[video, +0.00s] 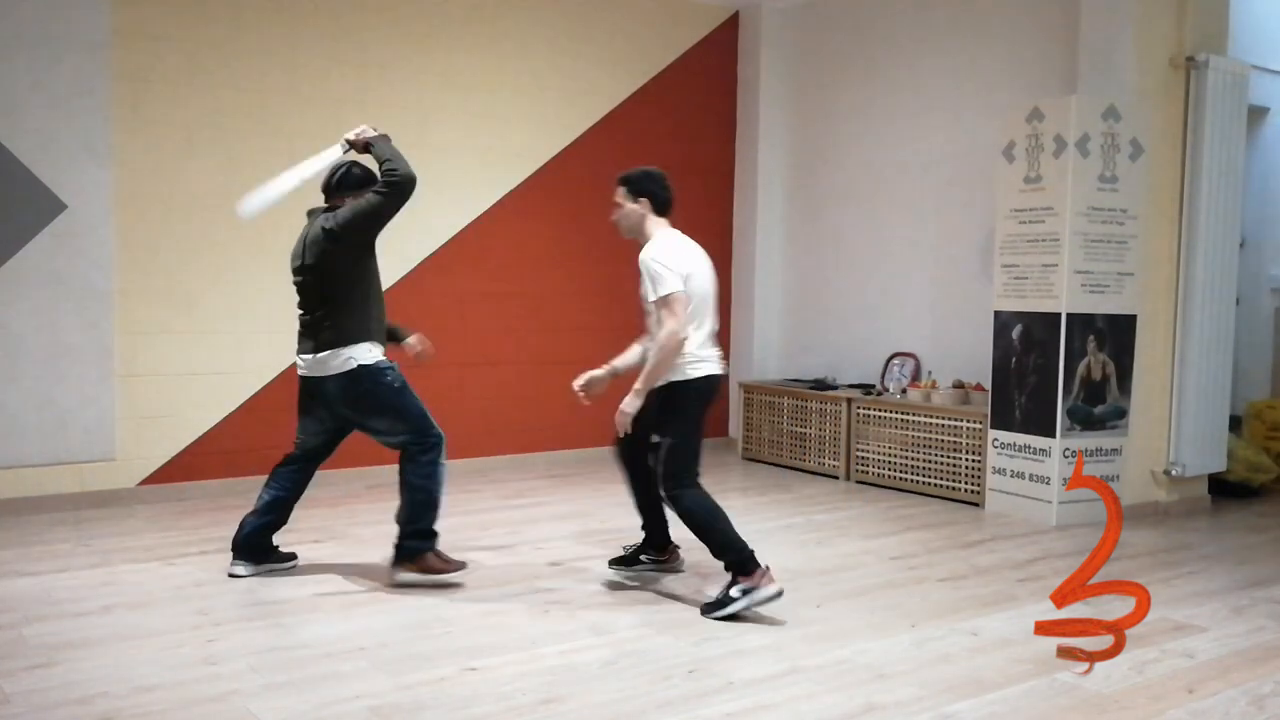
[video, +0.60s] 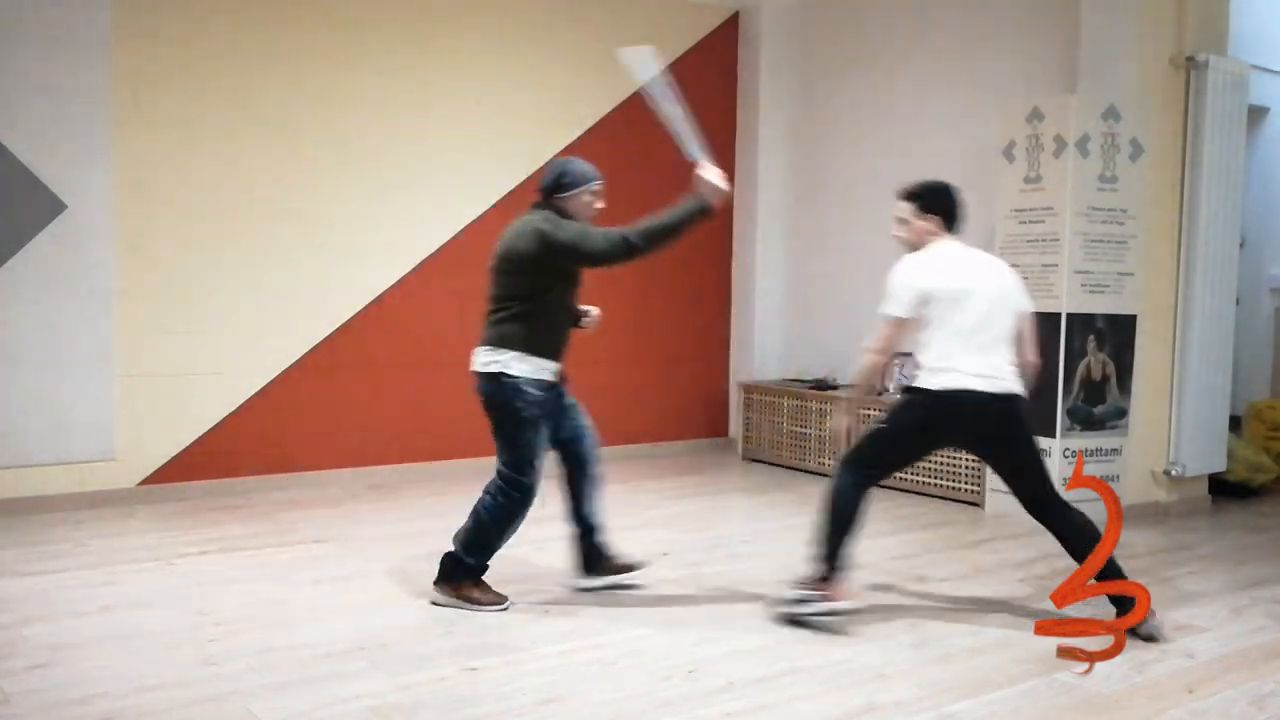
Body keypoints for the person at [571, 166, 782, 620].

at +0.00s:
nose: (613, 215)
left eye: (618, 205)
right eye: (614, 206)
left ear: (643, 206)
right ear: (650, 207)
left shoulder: (657, 254)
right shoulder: (683, 248)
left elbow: (674, 333)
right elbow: (655, 335)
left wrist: (637, 394)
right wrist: (608, 371)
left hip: (687, 380)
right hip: (685, 376)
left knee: (677, 482)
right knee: (632, 443)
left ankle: (751, 574)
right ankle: (658, 545)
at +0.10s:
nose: (641, 217)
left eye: (646, 208)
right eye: (642, 208)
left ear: (670, 209)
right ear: (681, 211)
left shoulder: (666, 251)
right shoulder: (727, 250)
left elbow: (653, 332)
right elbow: (709, 337)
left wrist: (629, 394)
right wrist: (646, 372)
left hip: (723, 373)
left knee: (702, 484)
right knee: (694, 444)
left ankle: (758, 589)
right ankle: (673, 540)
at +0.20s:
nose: (677, 220)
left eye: (682, 211)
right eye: (677, 211)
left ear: (708, 210)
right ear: (723, 211)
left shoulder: (697, 254)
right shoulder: (768, 252)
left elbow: (651, 335)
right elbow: (759, 336)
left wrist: (625, 394)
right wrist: (696, 375)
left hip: (755, 378)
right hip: (801, 375)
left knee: (715, 483)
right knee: (752, 457)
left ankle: (758, 593)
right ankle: (797, 554)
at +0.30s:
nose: (719, 216)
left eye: (725, 207)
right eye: (720, 207)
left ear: (752, 206)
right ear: (766, 207)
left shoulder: (736, 251)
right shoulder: (813, 253)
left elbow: (691, 332)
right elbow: (804, 338)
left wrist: (655, 390)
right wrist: (745, 383)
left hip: (777, 387)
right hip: (828, 386)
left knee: (726, 479)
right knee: (833, 483)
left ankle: (756, 595)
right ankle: (928, 552)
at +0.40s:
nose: (772, 217)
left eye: (779, 207)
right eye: (772, 207)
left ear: (807, 209)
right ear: (814, 209)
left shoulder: (784, 254)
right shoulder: (862, 260)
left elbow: (740, 330)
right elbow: (866, 334)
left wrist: (705, 391)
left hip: (810, 398)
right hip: (869, 396)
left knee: (749, 480)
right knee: (927, 483)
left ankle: (754, 594)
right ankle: (1013, 567)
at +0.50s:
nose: (833, 217)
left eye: (839, 209)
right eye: (834, 208)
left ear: (865, 209)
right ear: (881, 211)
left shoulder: (840, 254)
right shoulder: (928, 259)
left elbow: (804, 336)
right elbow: (958, 347)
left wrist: (772, 391)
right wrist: (952, 387)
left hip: (869, 396)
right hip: (933, 396)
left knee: (804, 483)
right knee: (1000, 485)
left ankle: (759, 591)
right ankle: (1077, 579)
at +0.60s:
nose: (898, 230)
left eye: (905, 221)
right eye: (898, 220)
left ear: (932, 222)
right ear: (945, 222)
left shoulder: (915, 267)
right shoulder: (1003, 271)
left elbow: (881, 352)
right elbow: (1029, 359)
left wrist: (850, 407)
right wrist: (1002, 404)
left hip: (937, 403)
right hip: (1001, 409)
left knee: (857, 469)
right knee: (1048, 504)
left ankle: (826, 583)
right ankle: (1130, 602)